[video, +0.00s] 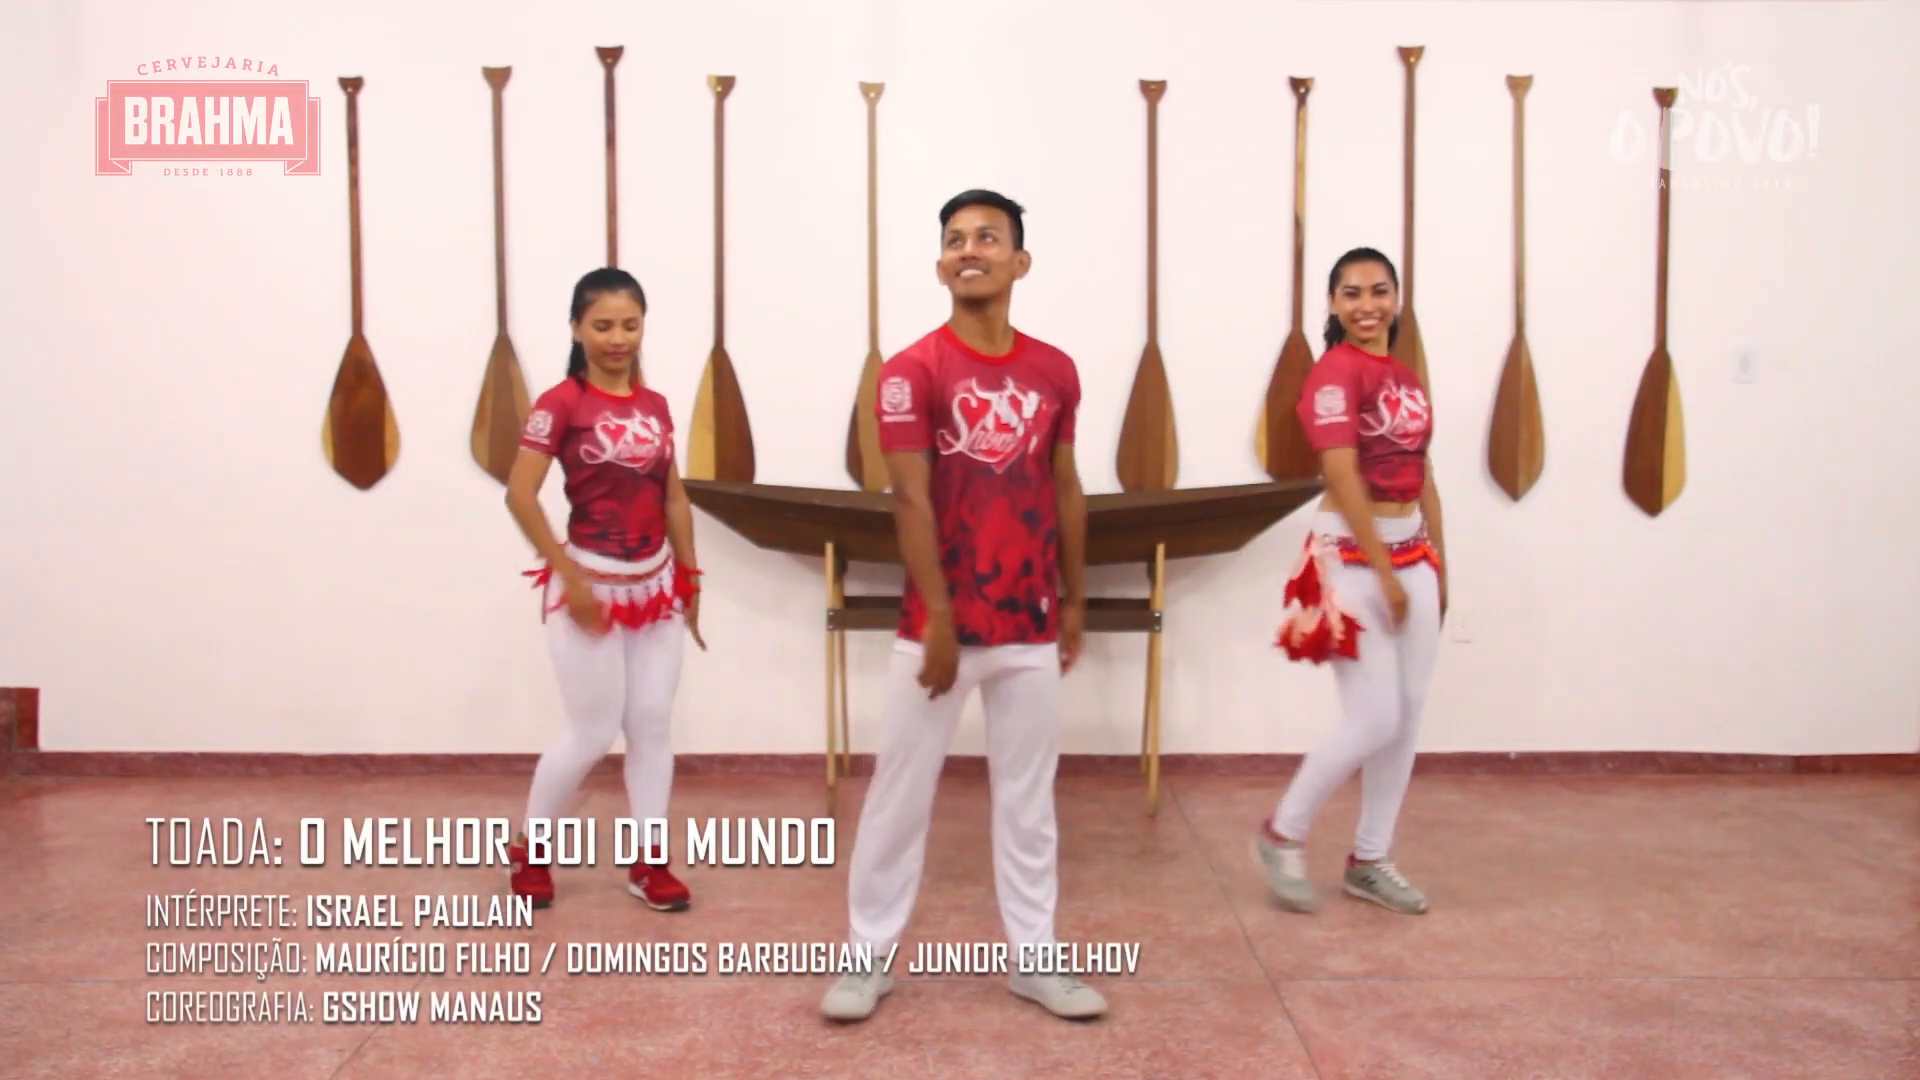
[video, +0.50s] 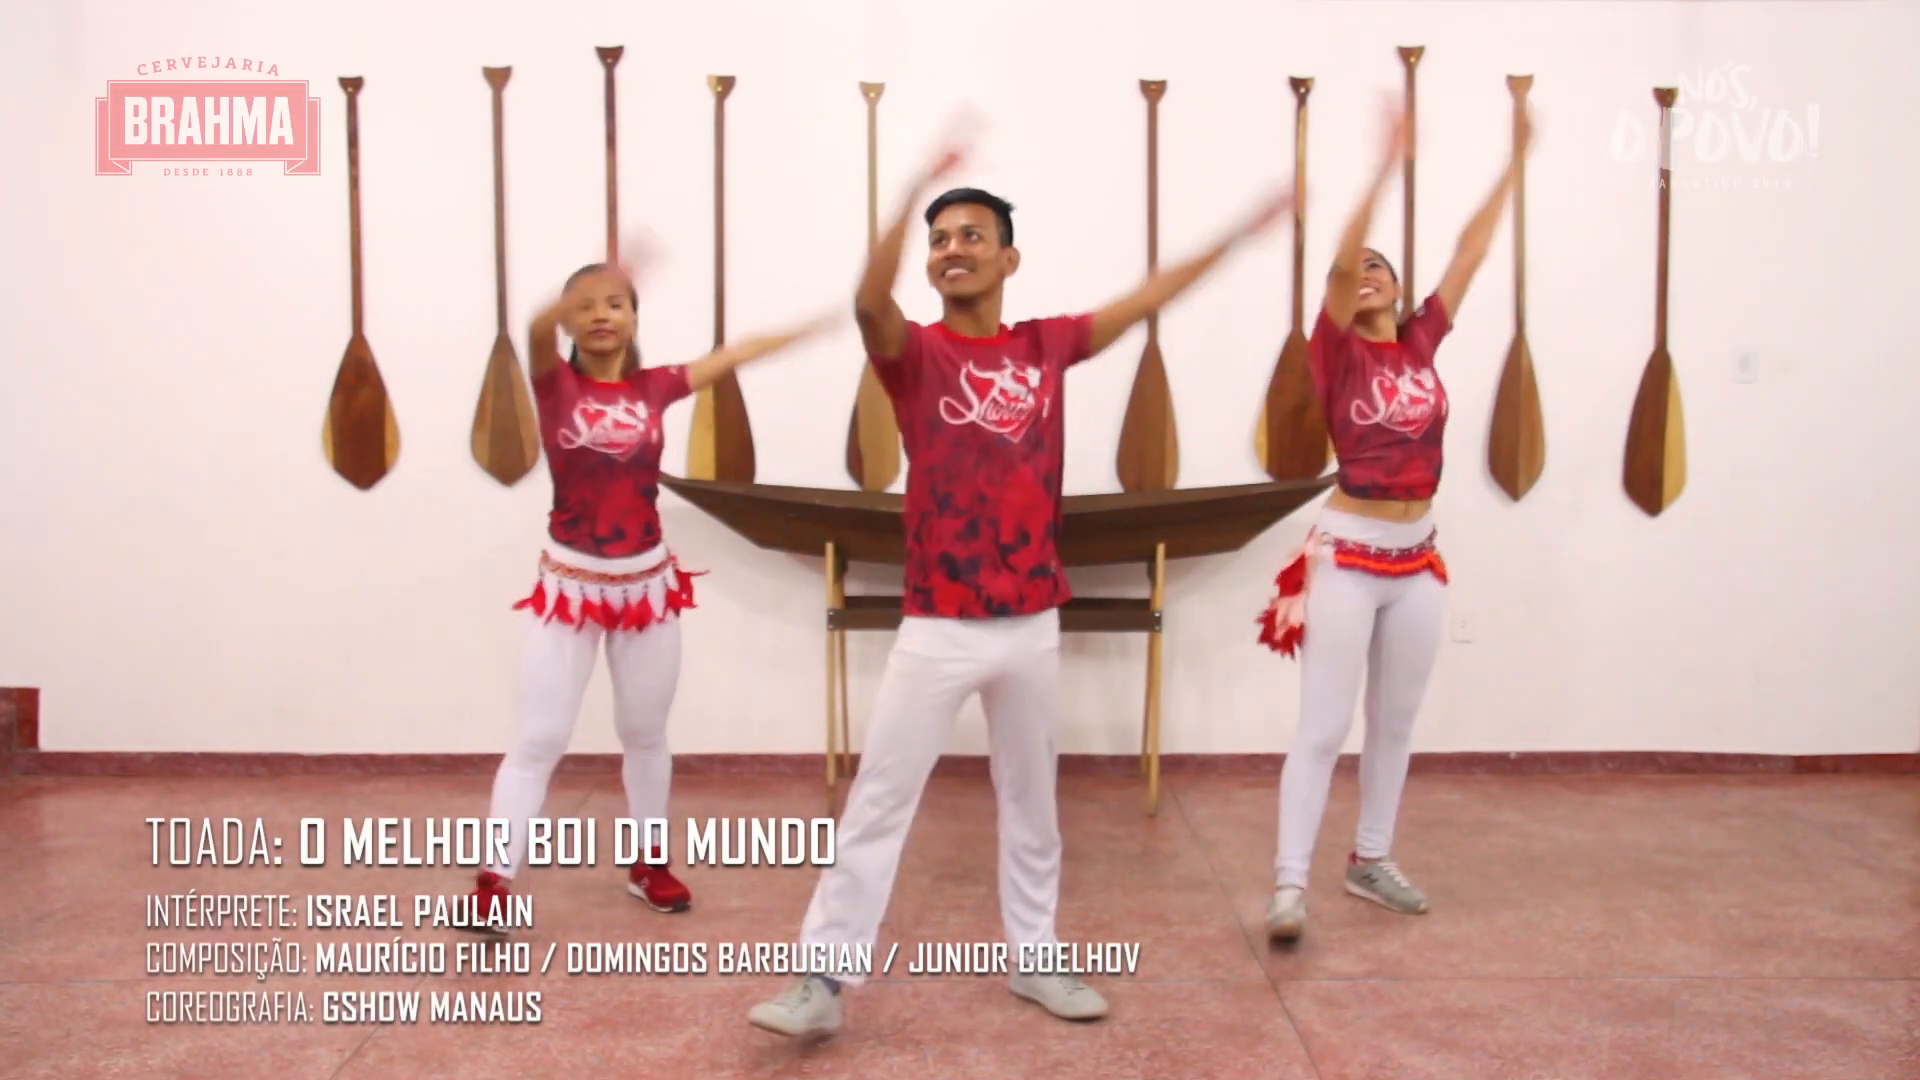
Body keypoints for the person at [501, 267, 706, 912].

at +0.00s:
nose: (618, 337)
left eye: (630, 324)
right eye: (603, 324)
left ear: (644, 328)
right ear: (578, 330)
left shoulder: (655, 404)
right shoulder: (561, 402)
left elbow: (675, 497)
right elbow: (520, 496)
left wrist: (690, 577)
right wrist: (569, 574)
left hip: (656, 583)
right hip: (587, 584)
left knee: (651, 727)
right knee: (593, 732)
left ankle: (650, 862)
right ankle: (532, 847)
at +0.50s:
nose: (603, 315)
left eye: (617, 304)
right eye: (587, 306)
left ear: (635, 320)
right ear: (566, 324)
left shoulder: (656, 386)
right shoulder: (555, 386)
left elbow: (730, 357)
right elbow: (540, 332)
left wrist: (805, 332)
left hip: (647, 590)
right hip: (569, 588)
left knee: (647, 737)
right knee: (538, 741)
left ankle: (650, 863)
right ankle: (495, 879)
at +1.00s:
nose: (518, 313)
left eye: (533, 302)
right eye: (506, 302)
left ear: (558, 316)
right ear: (488, 314)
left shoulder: (571, 384)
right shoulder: (467, 380)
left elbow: (585, 298)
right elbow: (381, 313)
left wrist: (548, 213)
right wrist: (315, 240)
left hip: (555, 598)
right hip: (476, 598)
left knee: (569, 757)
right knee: (483, 758)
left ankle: (629, 818)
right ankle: (492, 905)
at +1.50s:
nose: (486, 323)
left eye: (499, 306)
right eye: (474, 310)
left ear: (527, 316)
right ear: (461, 322)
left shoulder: (539, 388)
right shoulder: (461, 393)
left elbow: (530, 310)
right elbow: (395, 378)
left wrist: (429, 300)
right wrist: (332, 362)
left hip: (530, 608)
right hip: (461, 609)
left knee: (489, 765)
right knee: (470, 770)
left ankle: (537, 910)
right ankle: (498, 908)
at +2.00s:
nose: (519, 309)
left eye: (536, 296)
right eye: (507, 298)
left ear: (572, 311)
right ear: (496, 315)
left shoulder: (578, 386)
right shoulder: (488, 381)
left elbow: (589, 304)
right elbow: (410, 313)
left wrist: (582, 209)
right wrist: (391, 212)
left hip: (556, 620)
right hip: (484, 623)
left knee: (574, 785)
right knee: (497, 782)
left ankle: (620, 970)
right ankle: (509, 913)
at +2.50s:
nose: (570, 319)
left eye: (589, 306)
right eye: (557, 302)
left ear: (616, 318)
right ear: (534, 309)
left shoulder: (621, 394)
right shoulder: (502, 377)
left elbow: (703, 332)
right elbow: (413, 295)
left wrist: (778, 265)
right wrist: (488, 274)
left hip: (604, 631)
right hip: (516, 634)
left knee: (609, 810)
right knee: (523, 818)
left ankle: (626, 975)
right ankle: (570, 928)